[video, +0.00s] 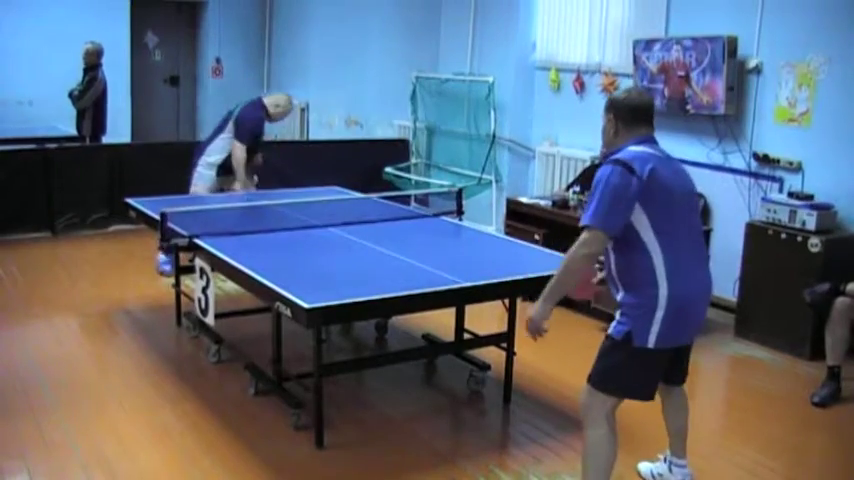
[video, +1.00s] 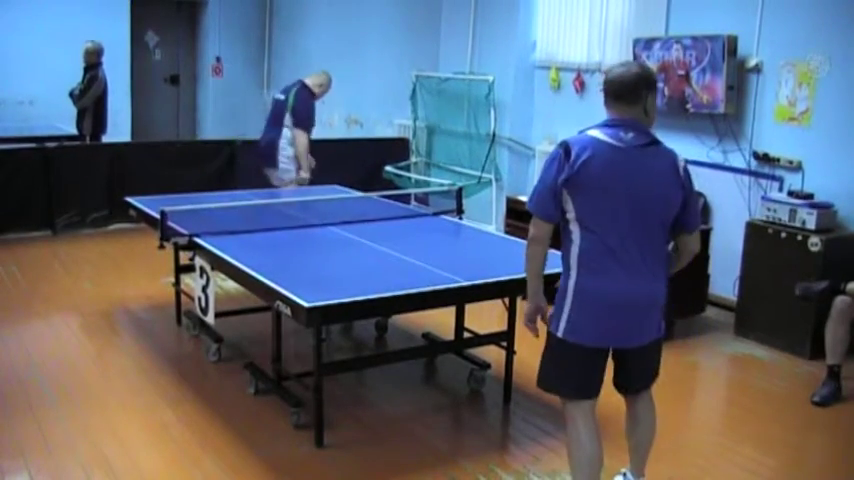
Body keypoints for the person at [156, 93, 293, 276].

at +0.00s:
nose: (280, 119)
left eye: (283, 116)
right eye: (282, 115)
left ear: (274, 104)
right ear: (276, 108)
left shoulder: (257, 112)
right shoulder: (251, 114)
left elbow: (252, 140)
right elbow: (238, 150)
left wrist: (255, 155)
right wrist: (241, 181)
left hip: (228, 163)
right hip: (209, 163)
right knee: (195, 207)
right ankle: (167, 251)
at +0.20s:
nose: (285, 123)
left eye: (289, 120)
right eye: (288, 119)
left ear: (284, 107)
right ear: (284, 110)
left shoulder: (265, 113)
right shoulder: (259, 111)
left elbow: (249, 145)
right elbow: (241, 144)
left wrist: (257, 162)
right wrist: (241, 176)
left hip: (233, 161)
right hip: (213, 161)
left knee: (253, 200)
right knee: (212, 205)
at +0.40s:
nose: (288, 123)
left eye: (291, 121)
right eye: (290, 119)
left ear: (286, 109)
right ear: (287, 111)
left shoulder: (269, 118)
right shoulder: (257, 111)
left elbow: (264, 152)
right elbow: (240, 143)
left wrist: (278, 173)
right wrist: (245, 175)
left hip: (242, 160)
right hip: (218, 161)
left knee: (263, 195)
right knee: (216, 203)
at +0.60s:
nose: (300, 116)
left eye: (304, 113)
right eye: (303, 112)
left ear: (300, 103)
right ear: (300, 104)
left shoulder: (285, 114)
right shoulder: (273, 107)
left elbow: (278, 151)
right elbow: (255, 137)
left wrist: (279, 178)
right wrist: (249, 170)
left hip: (259, 163)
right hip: (235, 160)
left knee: (272, 201)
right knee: (229, 204)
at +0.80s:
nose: (312, 104)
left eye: (316, 101)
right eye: (315, 99)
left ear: (312, 91)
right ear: (313, 93)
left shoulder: (297, 101)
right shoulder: (288, 97)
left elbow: (288, 137)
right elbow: (273, 130)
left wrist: (290, 164)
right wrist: (270, 163)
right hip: (255, 150)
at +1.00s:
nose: (320, 97)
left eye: (323, 94)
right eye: (323, 93)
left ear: (310, 80)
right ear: (320, 87)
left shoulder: (290, 89)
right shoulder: (304, 95)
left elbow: (292, 129)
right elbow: (300, 133)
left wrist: (305, 156)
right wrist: (304, 169)